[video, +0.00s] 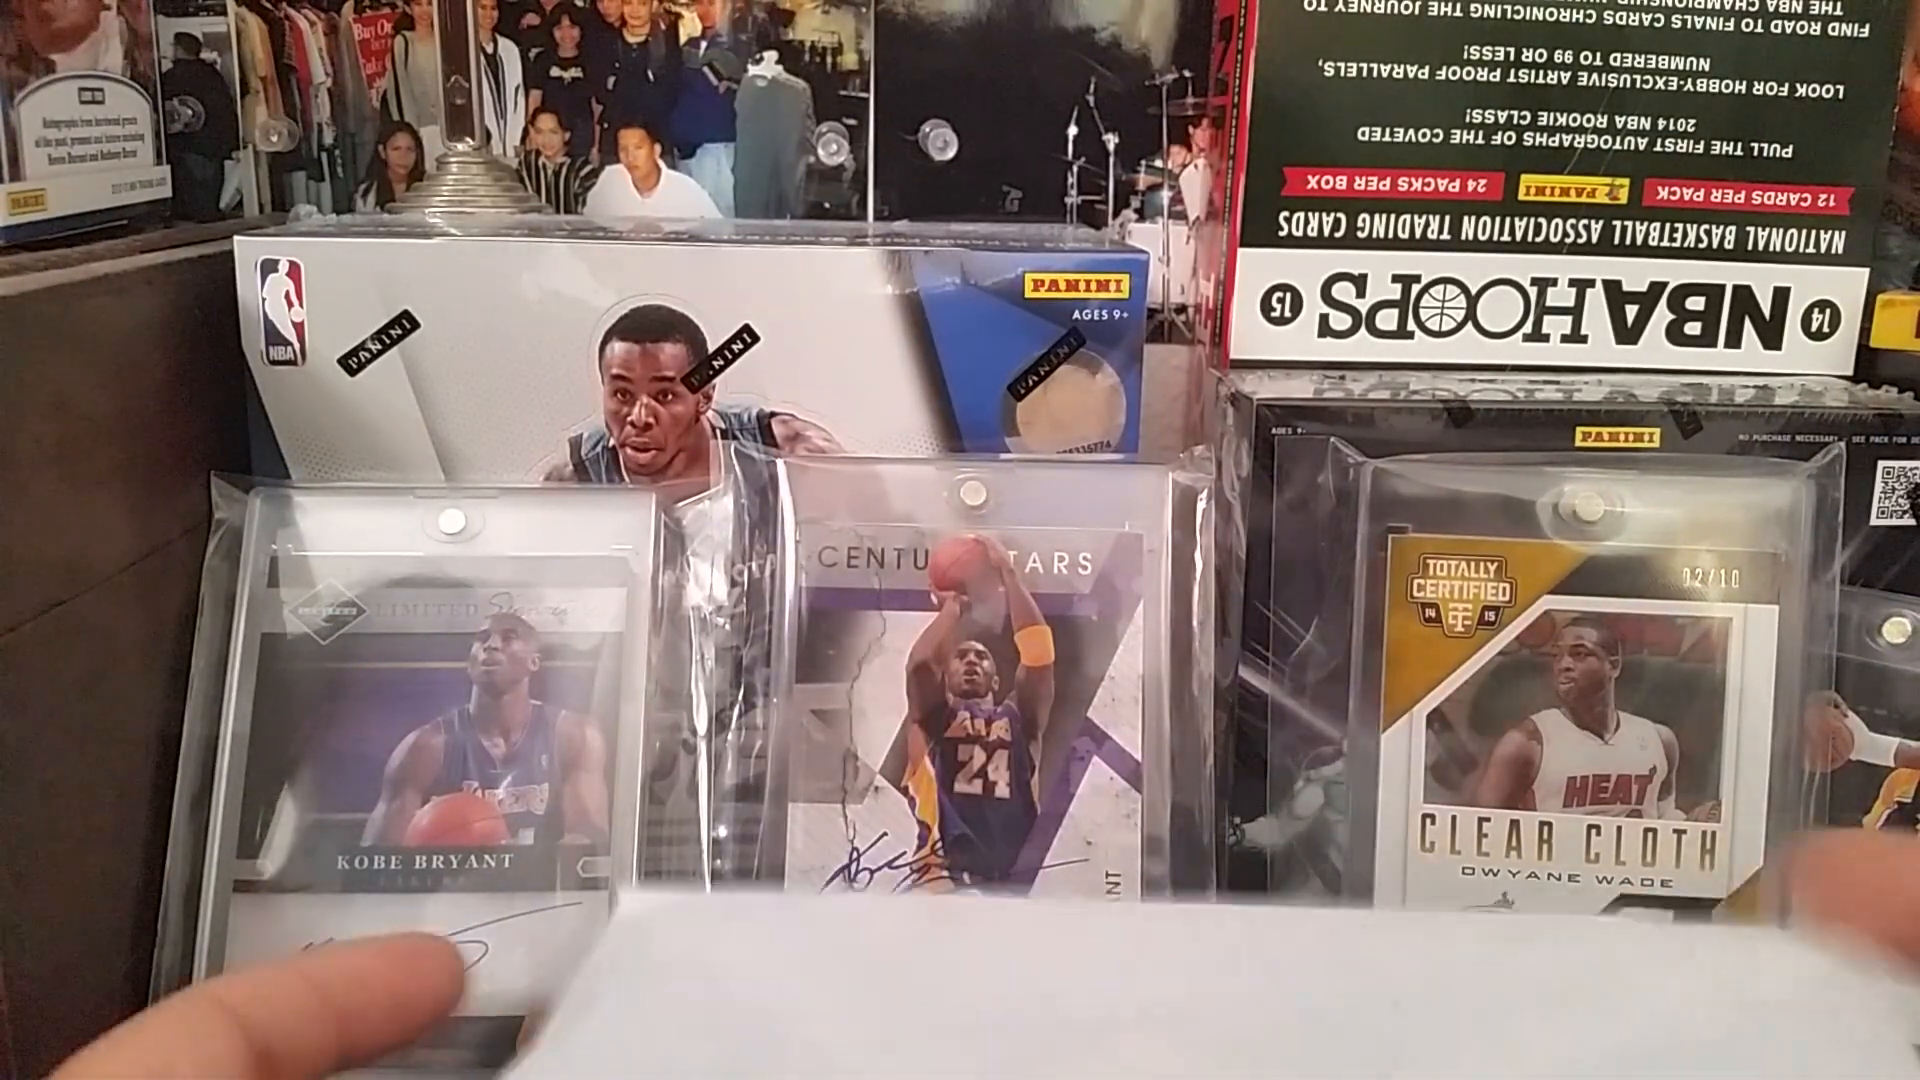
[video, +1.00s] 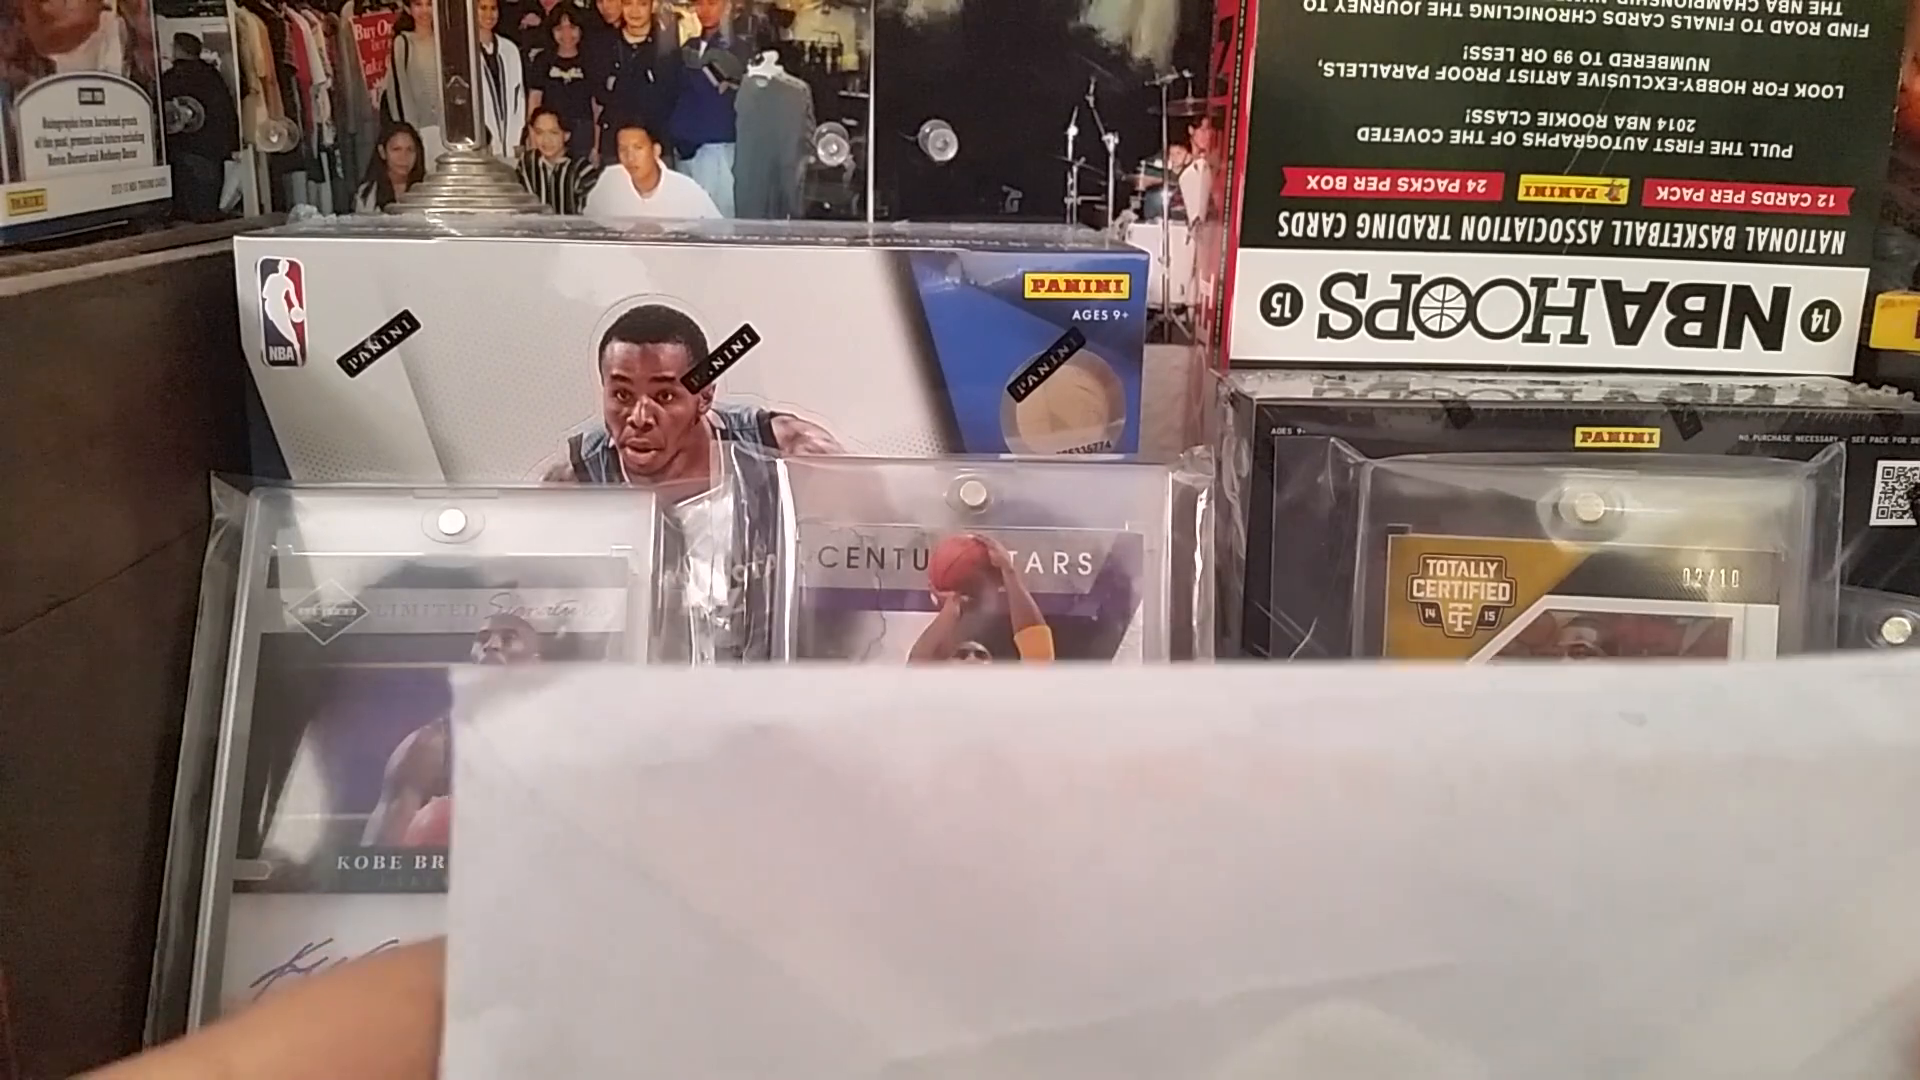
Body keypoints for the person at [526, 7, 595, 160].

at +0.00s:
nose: (566, 33)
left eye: (571, 27)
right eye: (560, 28)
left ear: (580, 31)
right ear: (553, 33)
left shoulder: (590, 61)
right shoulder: (543, 60)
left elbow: (597, 105)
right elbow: (535, 98)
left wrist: (596, 145)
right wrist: (531, 135)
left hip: (581, 134)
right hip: (549, 136)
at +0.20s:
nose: (566, 33)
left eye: (572, 27)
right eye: (560, 28)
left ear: (580, 31)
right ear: (554, 33)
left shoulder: (590, 62)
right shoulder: (543, 60)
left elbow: (597, 105)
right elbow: (535, 98)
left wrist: (596, 146)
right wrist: (532, 135)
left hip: (581, 132)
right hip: (549, 133)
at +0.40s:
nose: (566, 33)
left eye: (572, 27)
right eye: (559, 28)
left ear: (580, 31)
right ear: (553, 33)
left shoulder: (590, 62)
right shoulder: (543, 60)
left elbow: (597, 105)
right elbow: (534, 98)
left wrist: (596, 146)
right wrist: (531, 135)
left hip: (581, 132)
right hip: (549, 133)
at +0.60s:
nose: (566, 34)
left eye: (572, 27)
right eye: (560, 28)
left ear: (580, 31)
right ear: (553, 33)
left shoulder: (590, 62)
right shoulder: (543, 60)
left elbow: (597, 106)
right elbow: (535, 99)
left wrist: (596, 147)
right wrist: (532, 136)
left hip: (581, 134)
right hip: (549, 136)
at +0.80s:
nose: (566, 34)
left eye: (571, 27)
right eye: (560, 28)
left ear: (580, 31)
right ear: (553, 33)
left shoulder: (589, 61)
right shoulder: (543, 60)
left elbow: (596, 104)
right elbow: (535, 99)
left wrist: (596, 146)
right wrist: (533, 139)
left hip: (582, 131)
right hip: (550, 132)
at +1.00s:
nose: (567, 34)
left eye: (572, 27)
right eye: (560, 28)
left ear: (580, 32)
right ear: (553, 33)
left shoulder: (589, 60)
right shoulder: (543, 60)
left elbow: (597, 105)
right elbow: (535, 99)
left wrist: (596, 146)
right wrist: (533, 139)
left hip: (582, 131)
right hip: (550, 131)